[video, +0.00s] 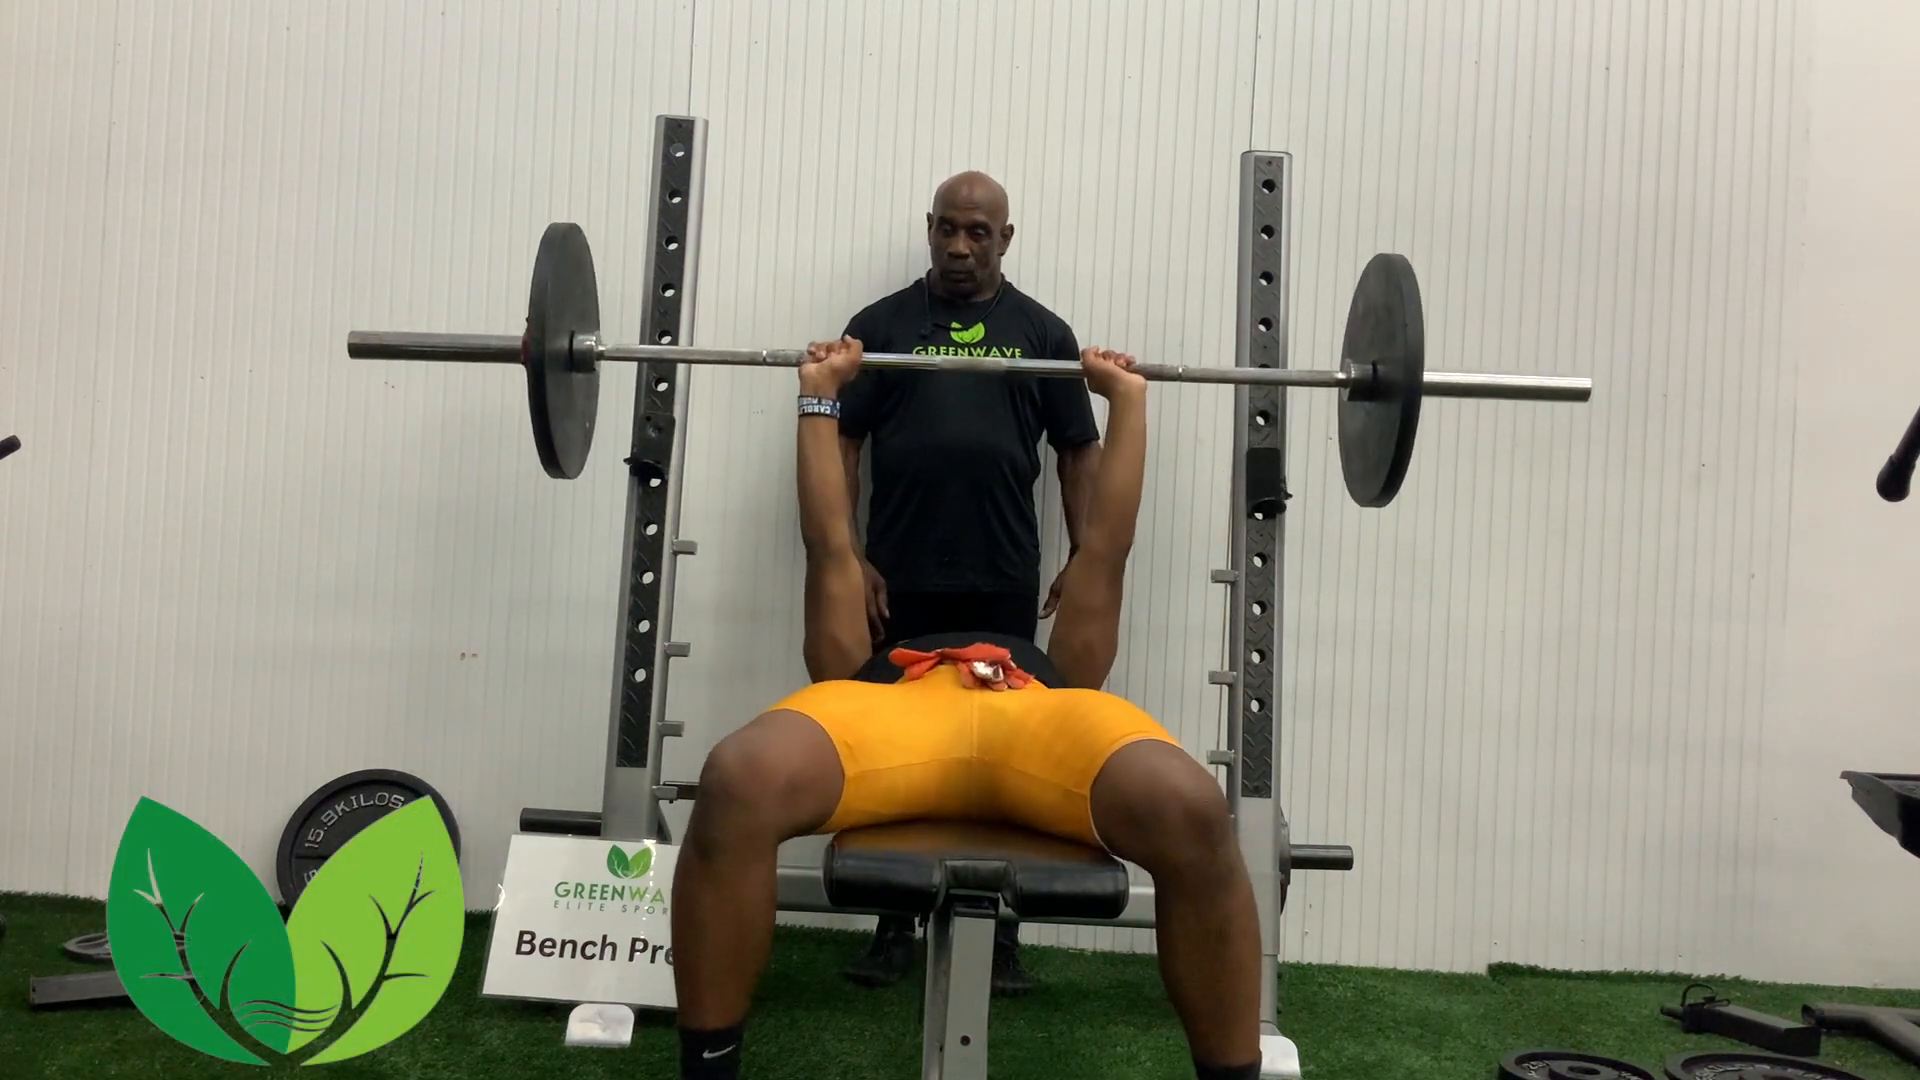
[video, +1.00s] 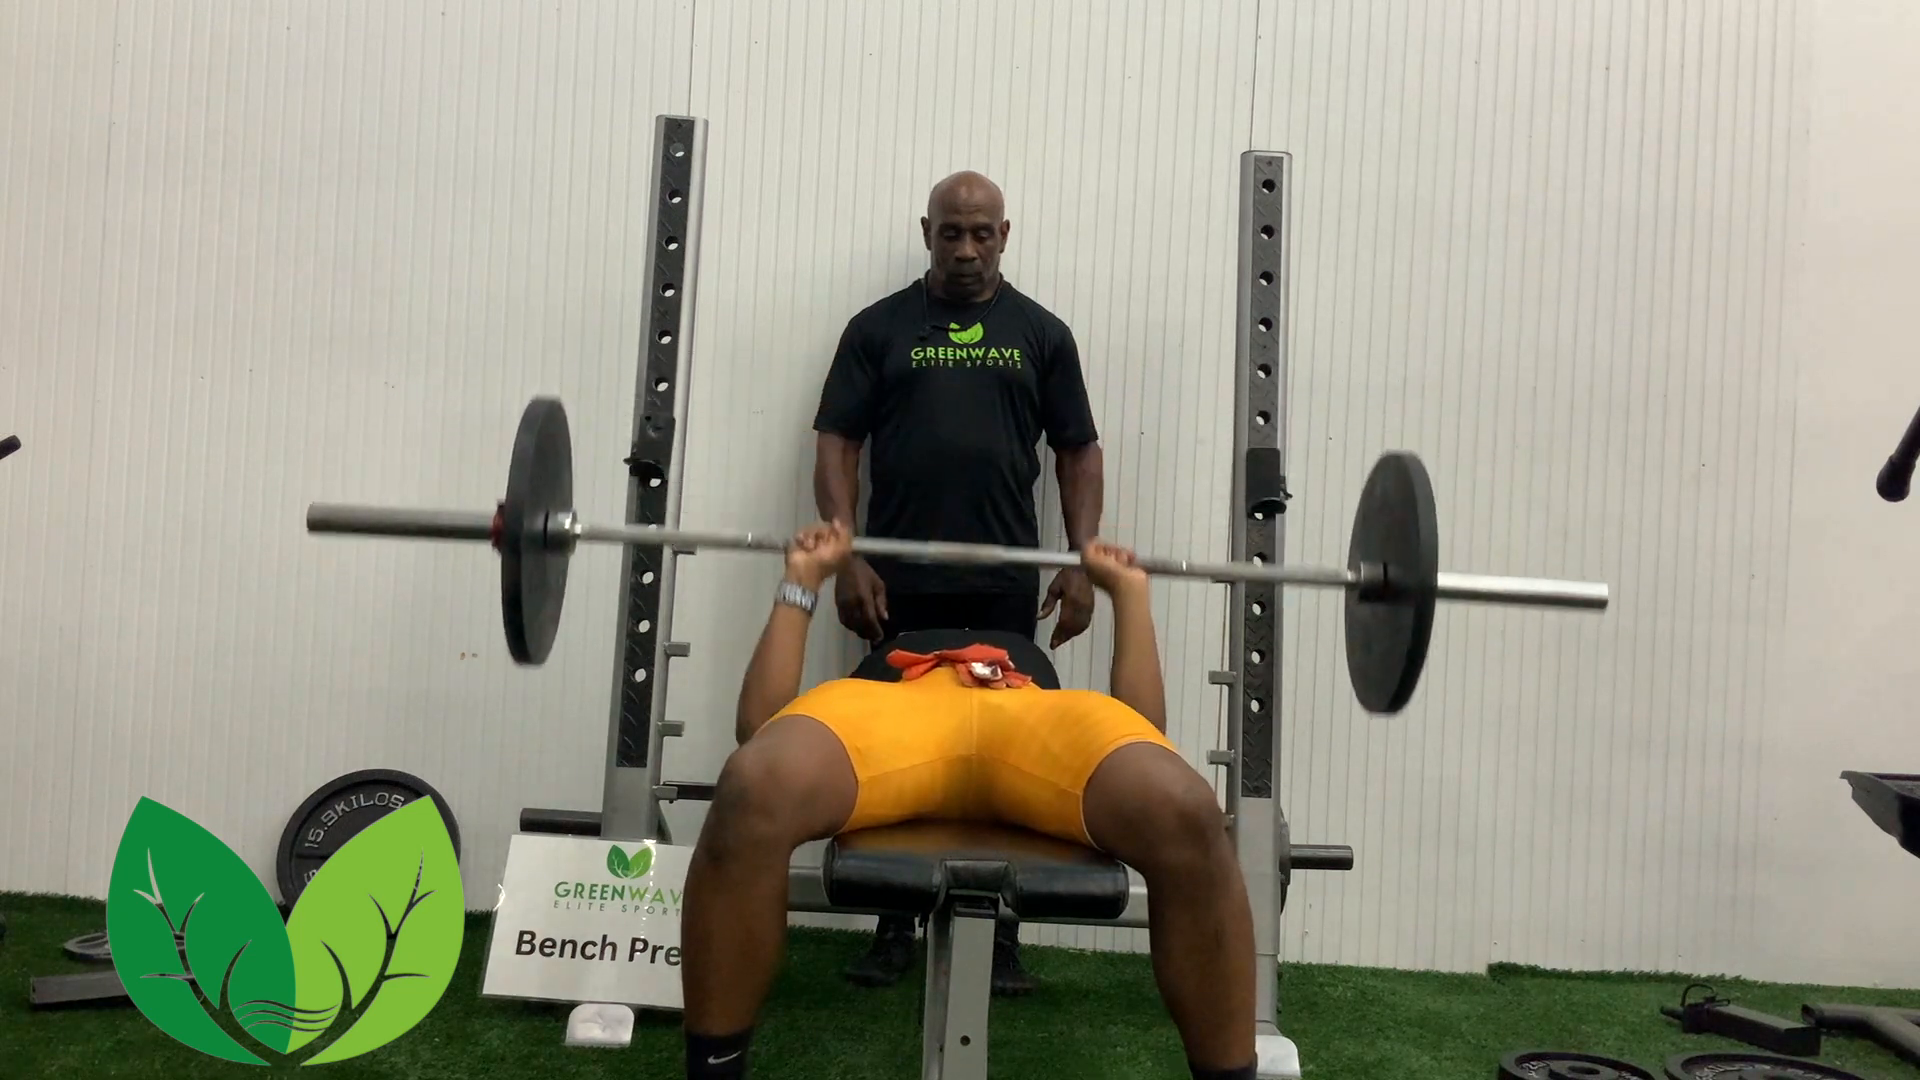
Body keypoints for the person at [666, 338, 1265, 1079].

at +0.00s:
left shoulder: (1064, 683)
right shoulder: (856, 676)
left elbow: (1104, 545)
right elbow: (828, 542)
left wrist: (1129, 394)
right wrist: (819, 398)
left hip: (1046, 708)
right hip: (885, 696)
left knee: (1194, 811)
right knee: (737, 781)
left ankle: (1232, 1069)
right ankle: (709, 1062)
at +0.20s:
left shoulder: (1064, 688)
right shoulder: (858, 676)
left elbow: (1105, 550)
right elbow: (827, 545)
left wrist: (1128, 396)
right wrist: (816, 401)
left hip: (1045, 706)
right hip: (888, 690)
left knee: (1196, 810)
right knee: (755, 789)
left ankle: (1234, 1073)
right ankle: (716, 1070)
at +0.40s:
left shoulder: (1064, 684)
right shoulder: (859, 677)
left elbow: (1107, 551)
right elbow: (826, 543)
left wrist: (1128, 397)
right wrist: (814, 399)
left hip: (1049, 710)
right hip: (887, 701)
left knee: (1192, 814)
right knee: (750, 789)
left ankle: (1232, 1074)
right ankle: (716, 1070)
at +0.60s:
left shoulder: (1063, 682)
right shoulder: (852, 677)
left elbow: (1129, 572)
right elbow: (796, 564)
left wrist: (1130, 423)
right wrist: (810, 420)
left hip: (1040, 703)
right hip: (885, 693)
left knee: (1190, 809)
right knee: (752, 786)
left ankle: (1229, 1068)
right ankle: (716, 1061)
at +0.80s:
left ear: (1029, 676)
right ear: (901, 660)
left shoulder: (1056, 686)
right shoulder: (861, 680)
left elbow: (1142, 639)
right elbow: (766, 626)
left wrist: (1131, 493)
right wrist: (803, 487)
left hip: (1044, 711)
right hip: (883, 706)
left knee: (1190, 815)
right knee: (755, 785)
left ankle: (1232, 1071)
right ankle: (715, 1065)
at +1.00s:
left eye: (995, 666)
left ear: (1011, 678)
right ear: (896, 660)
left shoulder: (1041, 692)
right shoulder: (873, 684)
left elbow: (1144, 732)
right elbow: (758, 732)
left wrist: (1130, 590)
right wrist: (798, 589)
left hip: (1035, 713)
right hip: (882, 702)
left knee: (1188, 817)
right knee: (752, 788)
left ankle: (1230, 1072)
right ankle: (713, 1065)